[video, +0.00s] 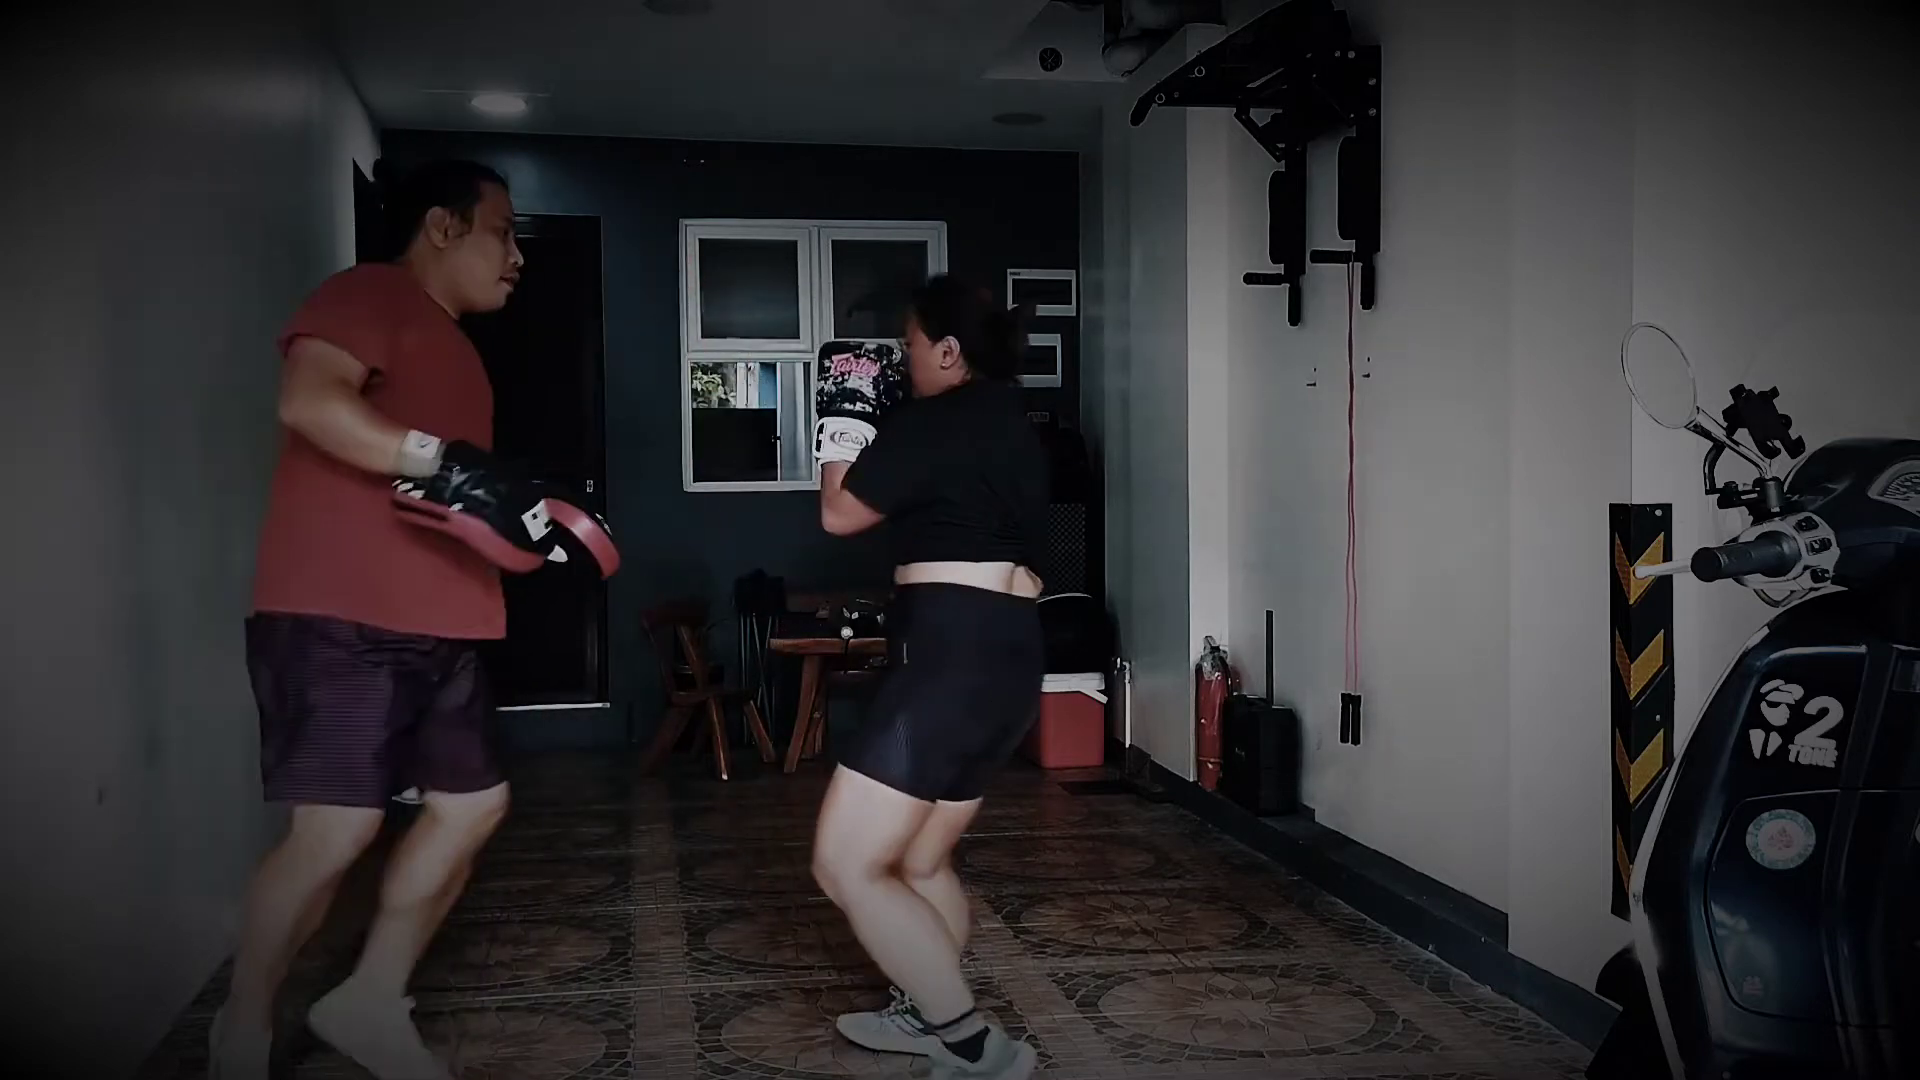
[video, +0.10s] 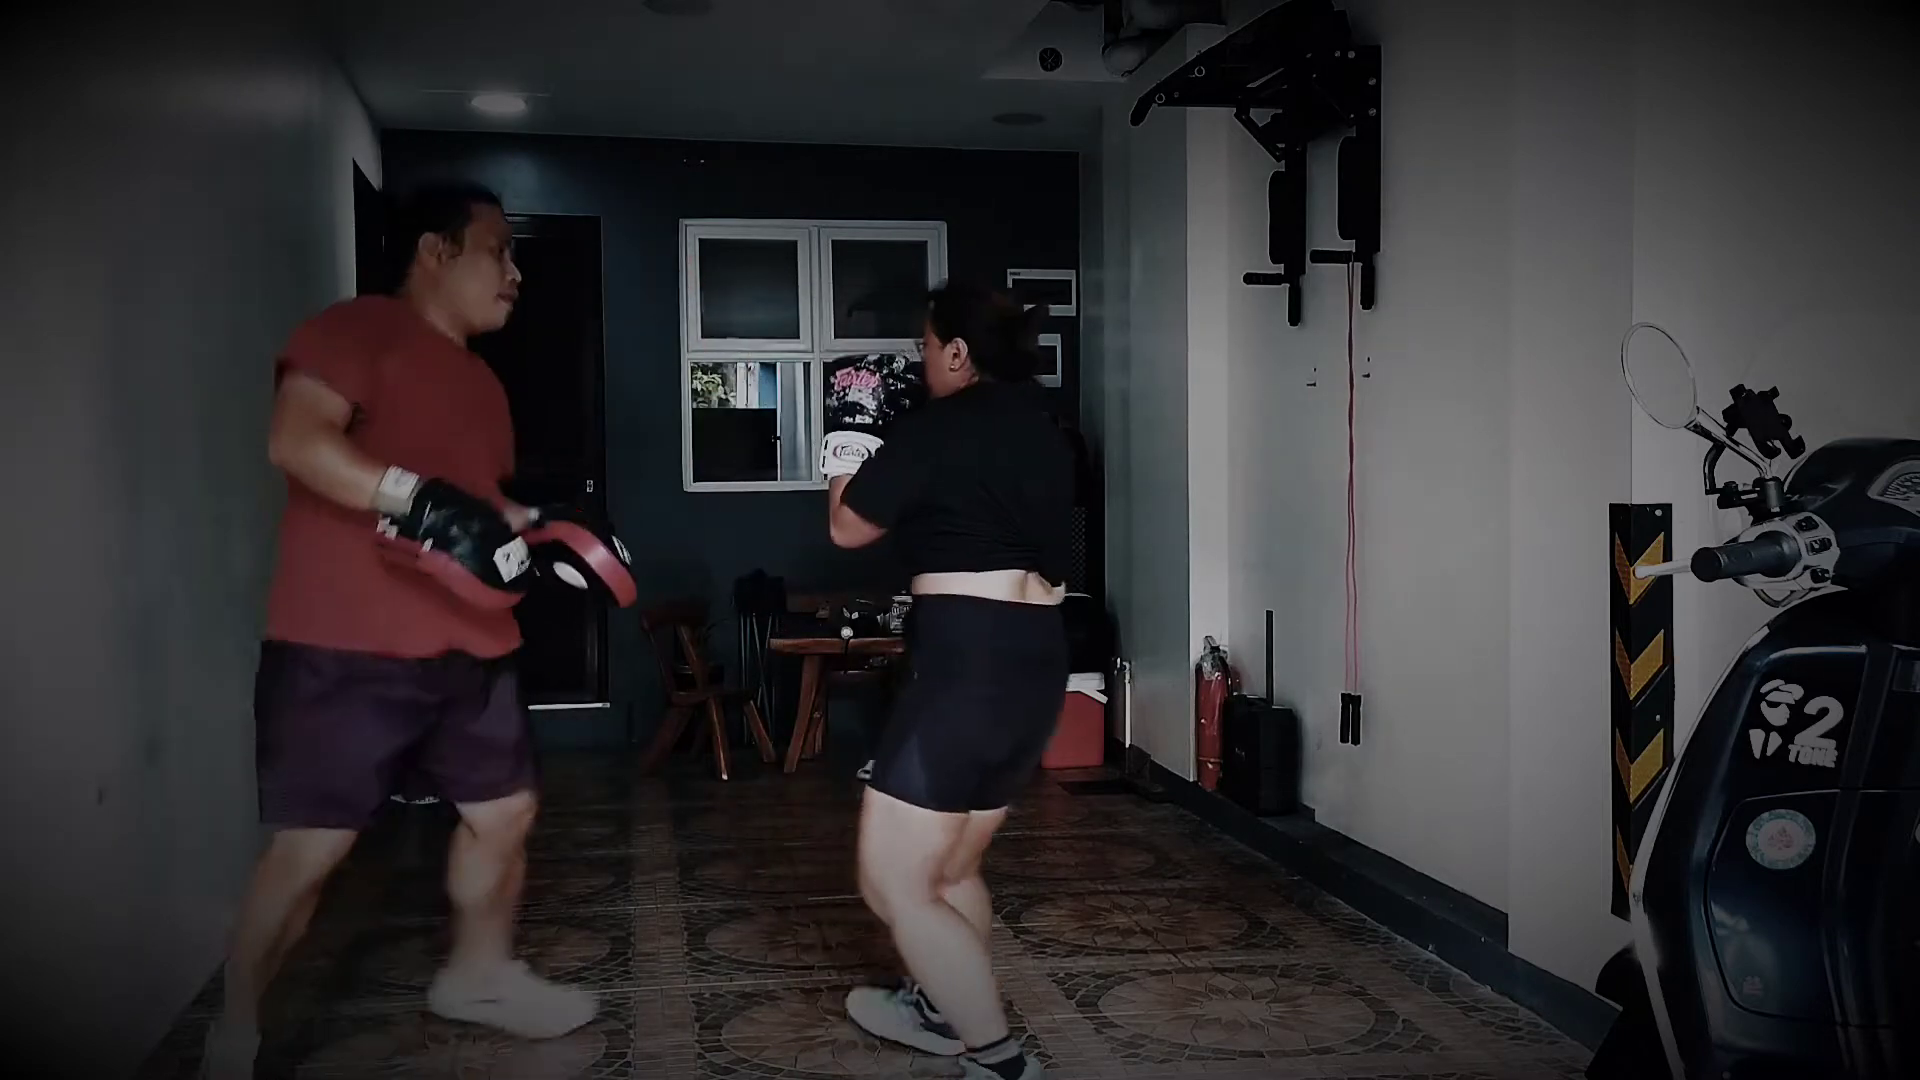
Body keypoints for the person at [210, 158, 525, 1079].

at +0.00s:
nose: (515, 256)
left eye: (515, 237)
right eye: (502, 234)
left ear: (452, 236)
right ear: (440, 230)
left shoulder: (454, 351)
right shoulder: (366, 294)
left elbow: (445, 479)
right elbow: (308, 399)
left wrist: (518, 510)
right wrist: (448, 467)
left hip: (437, 629)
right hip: (334, 619)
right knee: (335, 823)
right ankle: (243, 1025)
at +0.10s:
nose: (513, 273)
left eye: (512, 255)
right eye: (497, 252)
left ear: (459, 260)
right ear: (435, 254)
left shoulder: (485, 387)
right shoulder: (356, 329)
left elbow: (480, 504)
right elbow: (296, 440)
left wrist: (539, 537)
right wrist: (419, 503)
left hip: (466, 646)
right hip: (344, 645)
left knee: (502, 806)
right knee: (313, 840)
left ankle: (478, 975)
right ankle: (236, 1020)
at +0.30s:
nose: (560, 335)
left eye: (561, 320)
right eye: (539, 319)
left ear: (555, 337)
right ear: (482, 332)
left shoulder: (566, 438)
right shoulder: (406, 420)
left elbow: (569, 550)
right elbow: (338, 533)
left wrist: (606, 618)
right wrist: (401, 599)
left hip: (520, 689)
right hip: (399, 691)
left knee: (584, 817)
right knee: (345, 851)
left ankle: (580, 972)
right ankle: (243, 1039)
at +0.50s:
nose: (610, 312)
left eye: (614, 298)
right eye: (591, 296)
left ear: (613, 313)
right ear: (537, 307)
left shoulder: (621, 404)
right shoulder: (466, 381)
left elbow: (630, 503)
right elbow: (397, 487)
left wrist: (636, 548)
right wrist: (461, 571)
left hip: (568, 651)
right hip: (445, 645)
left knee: (583, 797)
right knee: (394, 803)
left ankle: (580, 969)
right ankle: (340, 973)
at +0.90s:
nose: (600, 345)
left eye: (605, 330)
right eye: (582, 330)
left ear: (609, 337)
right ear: (531, 334)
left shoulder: (617, 419)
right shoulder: (466, 403)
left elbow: (678, 502)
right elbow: (417, 514)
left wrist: (699, 432)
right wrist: (495, 502)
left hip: (589, 649)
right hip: (471, 658)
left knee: (657, 765)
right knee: (452, 812)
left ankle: (686, 928)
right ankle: (448, 939)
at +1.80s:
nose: (682, 346)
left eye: (695, 331)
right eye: (665, 330)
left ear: (708, 335)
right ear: (628, 331)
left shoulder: (731, 404)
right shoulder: (578, 398)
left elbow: (782, 457)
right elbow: (529, 492)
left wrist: (792, 385)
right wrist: (568, 501)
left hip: (697, 642)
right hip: (584, 641)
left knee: (726, 783)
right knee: (537, 777)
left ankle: (746, 941)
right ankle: (530, 898)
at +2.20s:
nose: (666, 359)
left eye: (679, 345)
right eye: (650, 344)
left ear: (694, 349)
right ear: (618, 347)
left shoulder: (720, 410)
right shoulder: (576, 418)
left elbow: (769, 470)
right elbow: (540, 505)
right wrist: (574, 519)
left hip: (715, 636)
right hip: (609, 641)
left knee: (758, 773)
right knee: (595, 773)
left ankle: (799, 901)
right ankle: (607, 891)